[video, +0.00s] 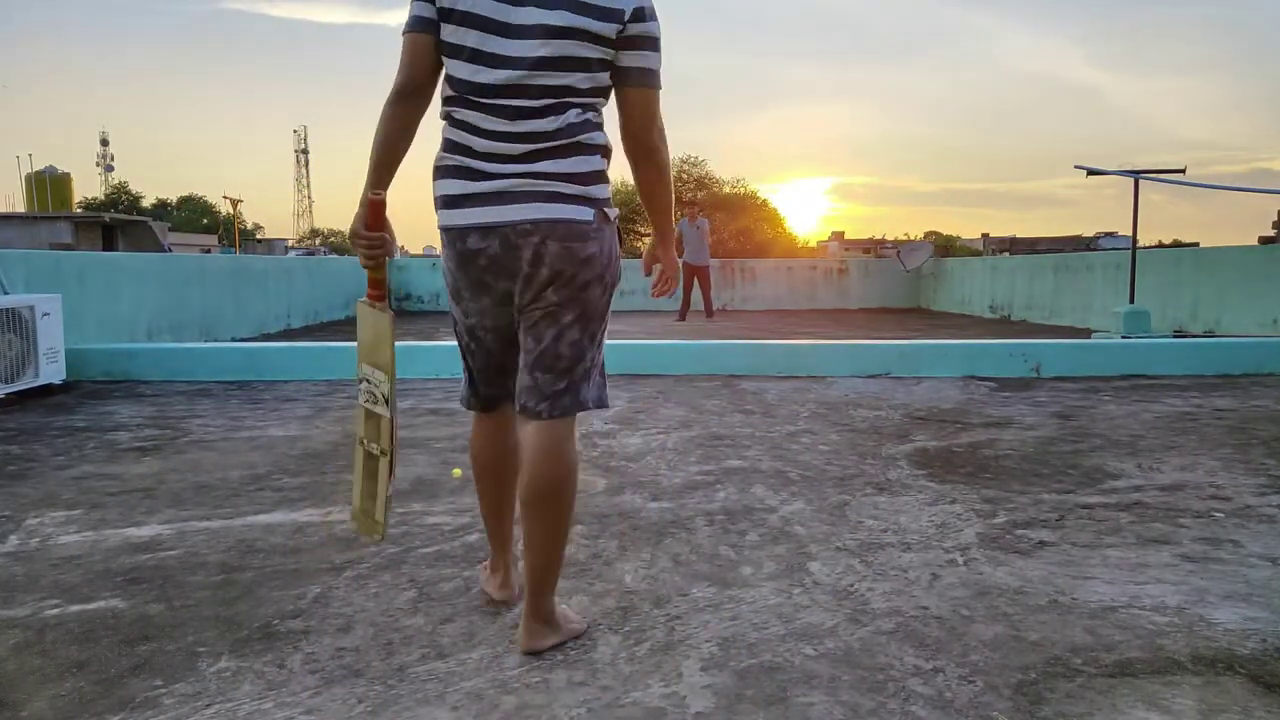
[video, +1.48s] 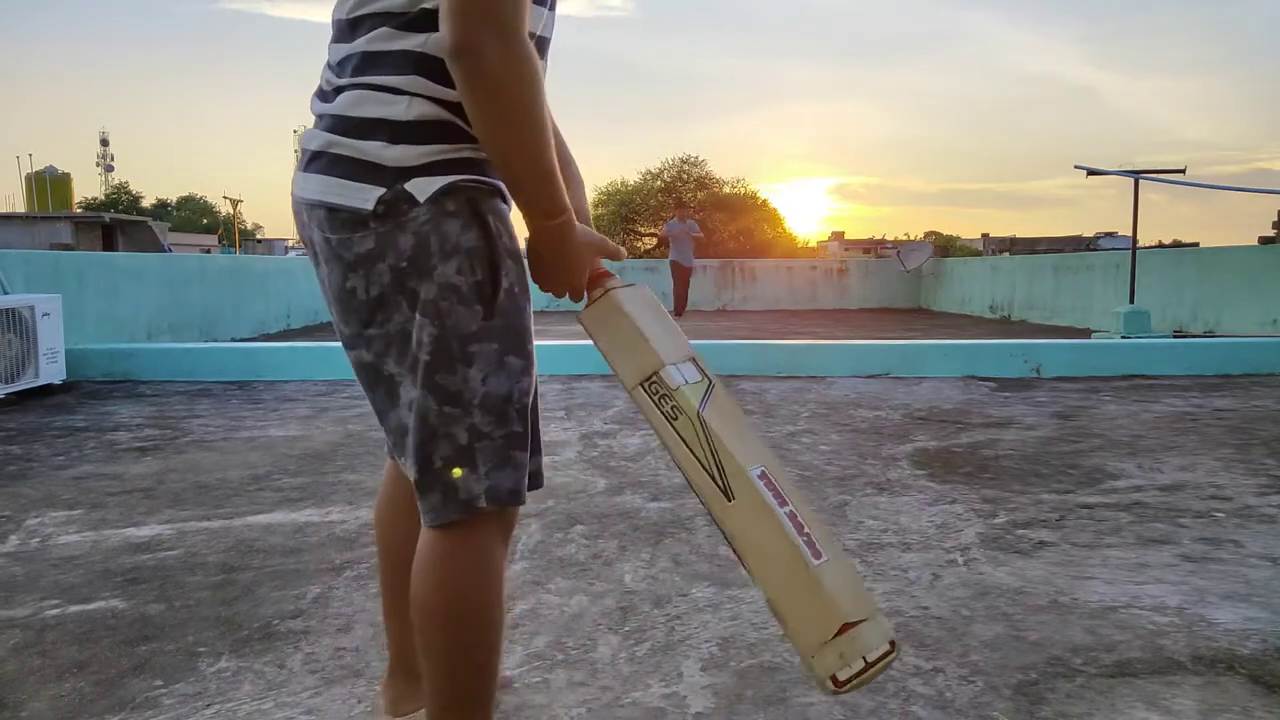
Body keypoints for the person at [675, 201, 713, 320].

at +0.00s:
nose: (691, 211)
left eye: (693, 208)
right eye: (689, 208)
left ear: (698, 209)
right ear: (686, 210)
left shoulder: (703, 222)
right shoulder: (682, 223)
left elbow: (707, 239)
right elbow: (677, 239)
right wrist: (681, 251)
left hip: (702, 261)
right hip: (688, 260)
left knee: (706, 291)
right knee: (686, 291)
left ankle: (709, 315)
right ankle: (682, 315)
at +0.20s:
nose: (692, 214)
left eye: (695, 211)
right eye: (690, 211)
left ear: (699, 212)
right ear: (687, 211)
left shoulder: (704, 225)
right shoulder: (683, 225)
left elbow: (707, 243)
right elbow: (681, 242)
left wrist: (708, 260)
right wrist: (679, 259)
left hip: (704, 262)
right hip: (689, 261)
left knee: (707, 292)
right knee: (687, 292)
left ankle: (710, 316)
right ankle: (682, 316)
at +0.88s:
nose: (700, 218)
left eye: (702, 215)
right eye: (696, 215)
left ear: (704, 216)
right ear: (691, 216)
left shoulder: (707, 229)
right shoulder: (687, 229)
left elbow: (711, 242)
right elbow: (685, 242)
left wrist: (709, 250)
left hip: (703, 263)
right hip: (688, 263)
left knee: (708, 290)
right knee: (683, 289)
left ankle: (710, 314)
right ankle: (678, 314)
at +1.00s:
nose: (693, 218)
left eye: (694, 215)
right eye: (691, 215)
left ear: (697, 215)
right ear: (686, 216)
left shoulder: (700, 227)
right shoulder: (681, 228)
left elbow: (705, 241)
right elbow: (684, 247)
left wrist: (708, 245)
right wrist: (702, 248)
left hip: (699, 264)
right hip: (685, 263)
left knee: (704, 290)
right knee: (681, 291)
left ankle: (709, 314)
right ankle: (678, 314)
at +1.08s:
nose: (693, 217)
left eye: (693, 214)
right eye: (690, 214)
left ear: (694, 215)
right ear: (684, 215)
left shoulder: (696, 226)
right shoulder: (677, 227)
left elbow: (702, 241)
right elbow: (678, 244)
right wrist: (697, 246)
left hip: (696, 263)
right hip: (682, 262)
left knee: (701, 290)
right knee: (679, 291)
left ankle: (707, 313)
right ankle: (678, 313)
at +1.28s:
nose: (686, 212)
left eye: (687, 209)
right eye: (684, 209)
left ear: (688, 211)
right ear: (679, 210)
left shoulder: (692, 223)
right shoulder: (672, 225)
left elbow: (697, 235)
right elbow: (669, 239)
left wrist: (699, 239)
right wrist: (687, 242)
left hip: (693, 259)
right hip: (679, 259)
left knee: (696, 285)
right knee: (679, 287)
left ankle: (691, 307)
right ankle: (678, 312)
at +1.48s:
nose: (682, 213)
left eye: (684, 210)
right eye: (680, 210)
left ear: (687, 211)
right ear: (675, 211)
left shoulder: (691, 223)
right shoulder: (671, 224)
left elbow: (701, 236)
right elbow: (662, 235)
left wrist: (691, 233)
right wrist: (674, 233)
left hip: (688, 258)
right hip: (675, 257)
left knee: (685, 285)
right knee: (678, 285)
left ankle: (682, 309)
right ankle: (677, 310)